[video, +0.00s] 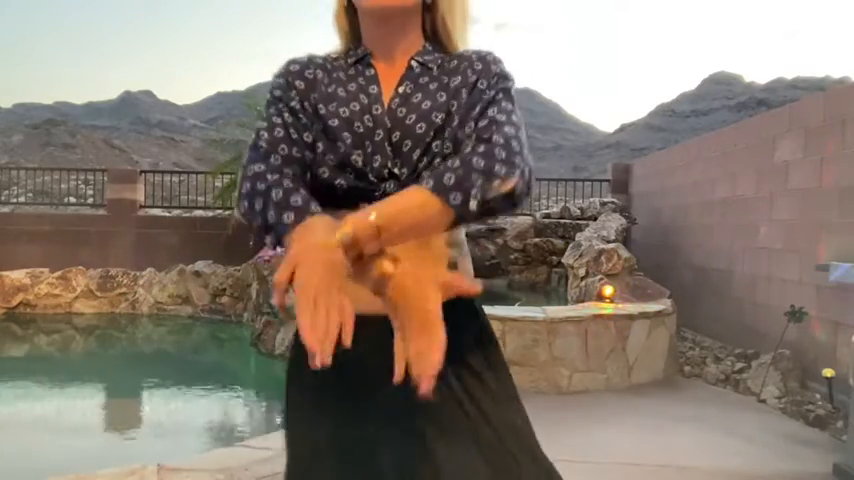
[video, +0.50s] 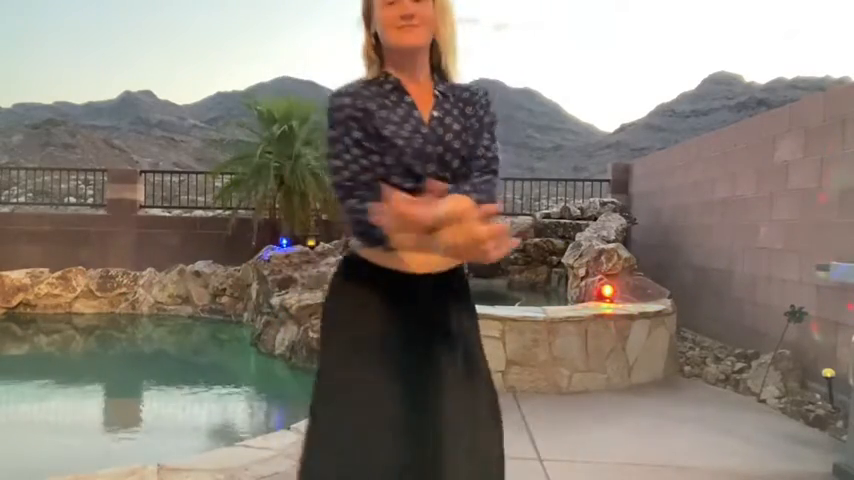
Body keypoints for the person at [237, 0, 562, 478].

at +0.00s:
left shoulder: (476, 73)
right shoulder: (304, 79)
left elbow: (499, 168)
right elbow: (265, 182)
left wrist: (352, 233)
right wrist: (386, 274)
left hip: (447, 330)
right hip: (336, 335)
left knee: (491, 467)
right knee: (334, 469)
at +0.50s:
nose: (406, 8)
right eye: (391, 0)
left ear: (439, 13)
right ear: (370, 16)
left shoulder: (473, 103)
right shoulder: (351, 103)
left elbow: (484, 196)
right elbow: (365, 226)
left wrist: (439, 215)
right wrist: (453, 249)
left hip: (447, 292)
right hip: (370, 293)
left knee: (459, 447)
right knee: (368, 448)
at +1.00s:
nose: (450, 62)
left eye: (446, 54)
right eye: (446, 54)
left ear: (381, 58)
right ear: (439, 61)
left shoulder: (374, 119)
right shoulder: (455, 126)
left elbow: (417, 192)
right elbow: (482, 211)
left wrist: (491, 209)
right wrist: (503, 223)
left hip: (373, 262)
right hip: (428, 266)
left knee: (386, 394)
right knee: (457, 398)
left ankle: (388, 472)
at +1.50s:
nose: (392, 78)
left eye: (403, 73)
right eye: (390, 71)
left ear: (427, 85)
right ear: (387, 75)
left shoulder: (408, 131)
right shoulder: (407, 128)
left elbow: (369, 194)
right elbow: (385, 200)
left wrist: (315, 223)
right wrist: (360, 258)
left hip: (397, 255)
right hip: (402, 250)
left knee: (396, 364)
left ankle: (394, 460)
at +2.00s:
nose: (390, 77)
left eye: (398, 70)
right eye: (381, 71)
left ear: (411, 79)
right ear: (369, 80)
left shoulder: (428, 137)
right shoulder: (352, 134)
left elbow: (451, 201)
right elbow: (324, 191)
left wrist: (471, 263)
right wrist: (292, 241)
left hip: (411, 258)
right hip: (354, 257)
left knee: (415, 365)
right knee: (354, 364)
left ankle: (417, 460)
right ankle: (357, 459)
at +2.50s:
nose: (415, 74)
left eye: (415, 64)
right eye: (404, 67)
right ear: (376, 79)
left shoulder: (376, 124)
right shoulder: (394, 128)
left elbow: (357, 197)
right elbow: (409, 198)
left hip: (380, 248)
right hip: (398, 252)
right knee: (411, 357)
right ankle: (404, 458)